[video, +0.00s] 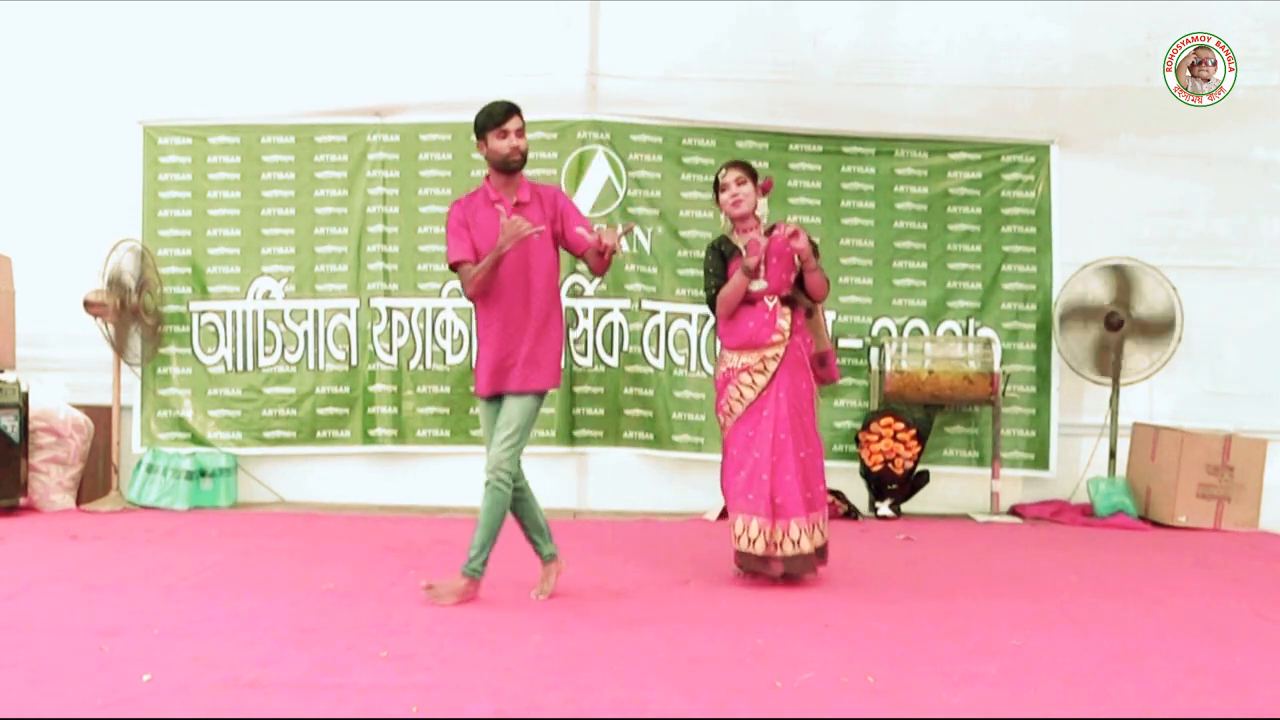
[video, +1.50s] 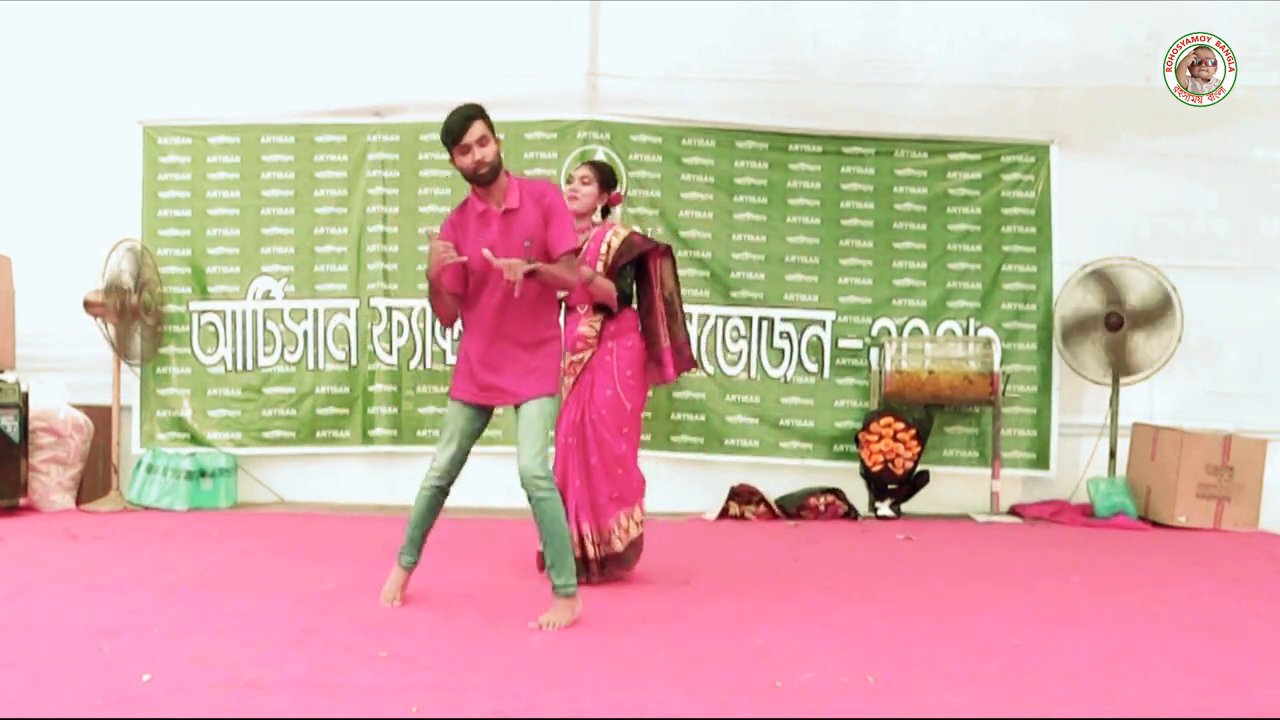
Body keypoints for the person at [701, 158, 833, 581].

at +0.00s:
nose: (732, 193)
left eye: (740, 184)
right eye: (724, 188)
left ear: (759, 190)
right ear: (719, 201)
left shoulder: (787, 238)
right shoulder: (720, 250)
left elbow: (819, 294)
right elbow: (721, 310)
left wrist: (806, 257)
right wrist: (746, 267)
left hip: (789, 355)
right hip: (743, 360)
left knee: (791, 446)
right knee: (750, 449)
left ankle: (794, 547)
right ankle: (755, 548)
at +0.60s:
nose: (704, 192)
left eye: (713, 184)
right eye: (698, 187)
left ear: (736, 188)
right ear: (695, 197)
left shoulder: (765, 239)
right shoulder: (695, 248)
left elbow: (793, 302)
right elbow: (679, 311)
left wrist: (769, 268)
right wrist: (703, 279)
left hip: (755, 351)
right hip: (709, 353)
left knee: (744, 438)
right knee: (706, 439)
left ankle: (742, 547)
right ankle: (712, 547)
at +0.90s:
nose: (654, 195)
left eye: (664, 188)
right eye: (650, 190)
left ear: (690, 194)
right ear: (646, 200)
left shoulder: (716, 233)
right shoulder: (651, 256)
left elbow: (757, 264)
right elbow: (649, 326)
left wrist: (719, 246)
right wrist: (662, 291)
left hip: (722, 345)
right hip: (677, 351)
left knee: (714, 436)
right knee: (673, 438)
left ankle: (719, 546)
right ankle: (682, 548)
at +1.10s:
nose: (625, 207)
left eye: (636, 200)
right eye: (622, 200)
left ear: (660, 208)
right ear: (618, 211)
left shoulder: (685, 243)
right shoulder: (626, 272)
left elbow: (717, 273)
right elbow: (628, 342)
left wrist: (680, 261)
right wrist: (634, 307)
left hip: (696, 351)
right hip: (655, 359)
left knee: (682, 437)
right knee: (632, 439)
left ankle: (687, 547)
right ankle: (644, 548)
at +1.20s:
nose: (616, 211)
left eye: (627, 205)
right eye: (613, 204)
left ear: (650, 214)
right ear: (609, 215)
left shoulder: (672, 249)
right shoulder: (616, 272)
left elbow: (696, 290)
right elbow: (615, 347)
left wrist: (653, 269)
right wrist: (616, 309)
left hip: (683, 358)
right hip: (644, 365)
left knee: (665, 441)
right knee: (613, 442)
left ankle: (675, 551)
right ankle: (629, 551)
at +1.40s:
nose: (587, 189)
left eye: (599, 184)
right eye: (585, 182)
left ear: (621, 196)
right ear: (579, 192)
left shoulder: (636, 234)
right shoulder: (582, 247)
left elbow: (635, 290)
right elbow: (571, 317)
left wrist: (593, 260)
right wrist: (568, 278)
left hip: (642, 341)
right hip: (606, 345)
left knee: (627, 429)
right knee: (592, 430)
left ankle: (646, 538)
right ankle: (604, 545)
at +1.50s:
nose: (574, 189)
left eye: (585, 183)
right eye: (570, 181)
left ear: (606, 195)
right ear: (562, 189)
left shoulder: (619, 238)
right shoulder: (564, 240)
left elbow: (618, 297)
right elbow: (552, 288)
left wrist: (580, 272)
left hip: (617, 342)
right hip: (578, 343)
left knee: (602, 433)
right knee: (570, 435)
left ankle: (617, 539)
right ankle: (576, 541)